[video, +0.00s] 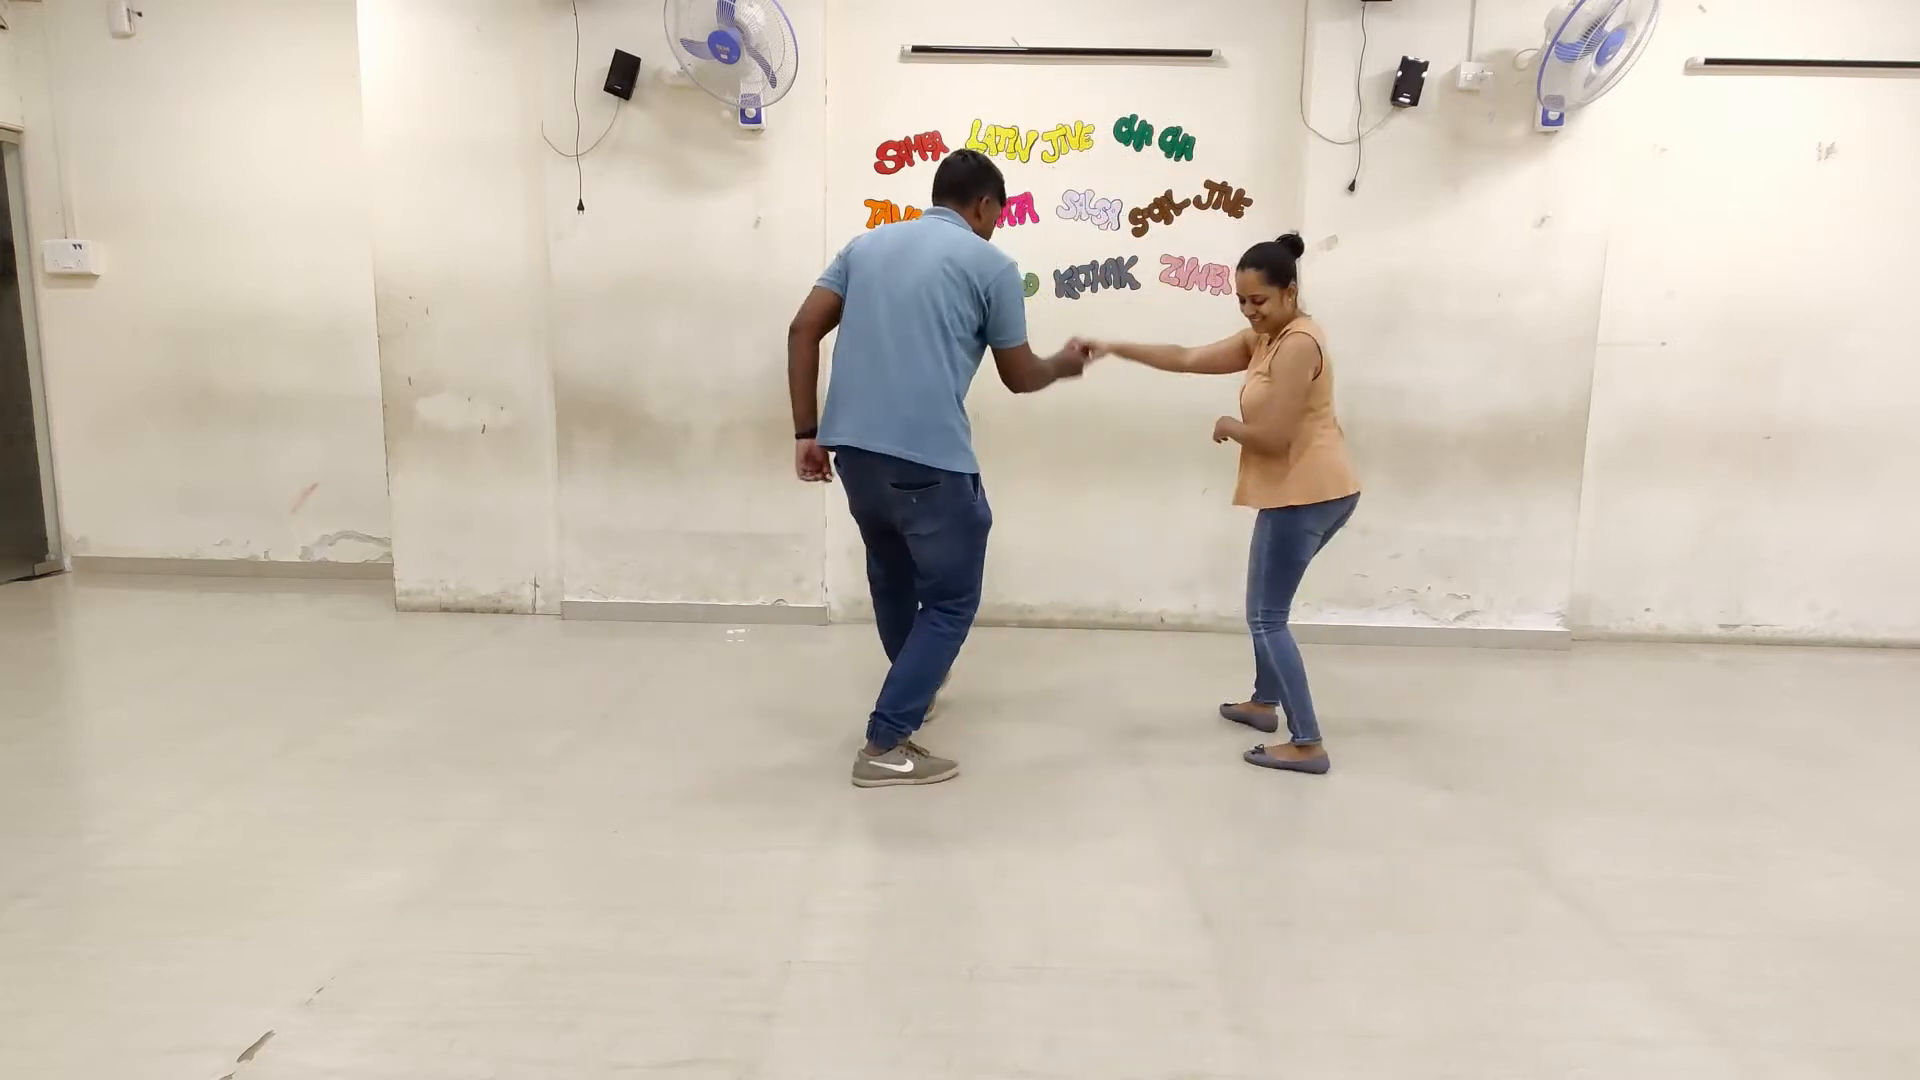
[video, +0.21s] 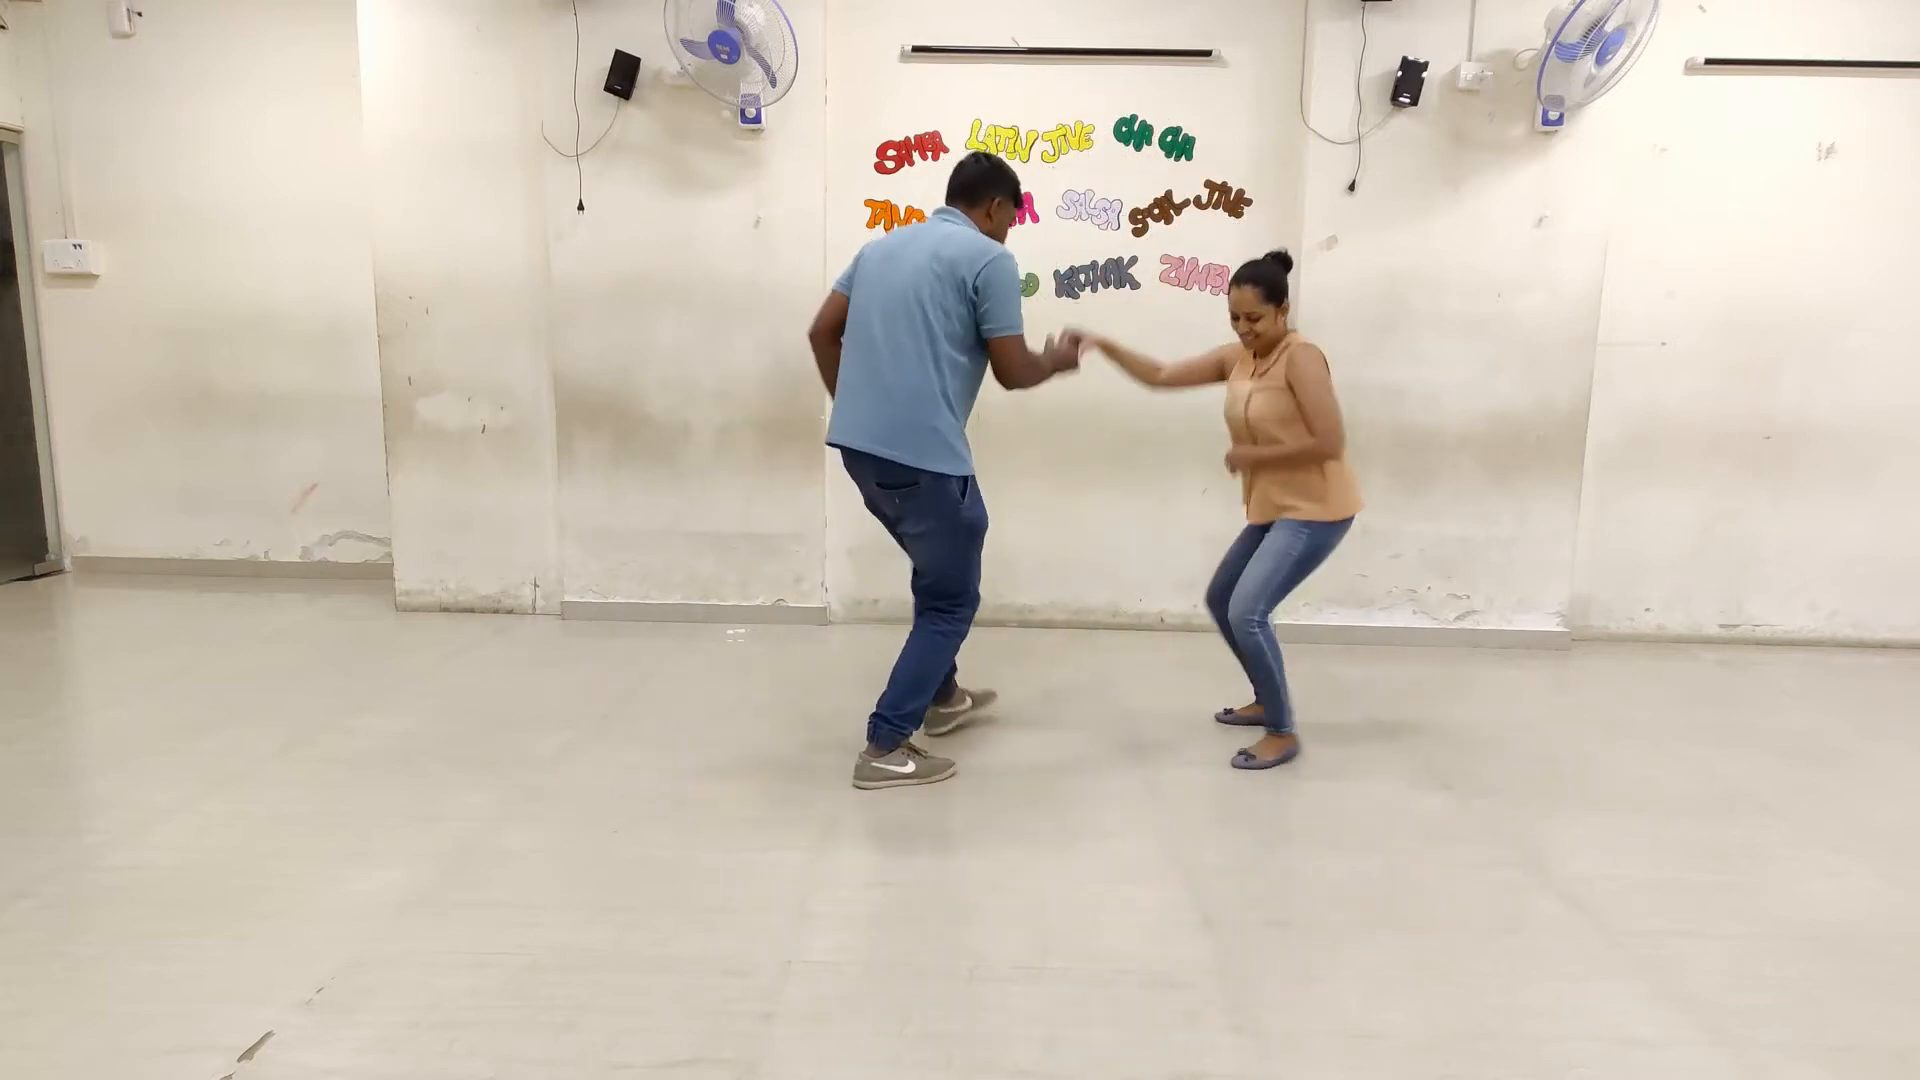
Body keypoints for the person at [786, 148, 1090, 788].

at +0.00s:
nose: (998, 225)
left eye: (999, 215)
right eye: (999, 214)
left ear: (935, 197)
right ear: (983, 204)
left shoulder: (866, 245)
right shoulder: (989, 266)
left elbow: (804, 329)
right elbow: (1020, 376)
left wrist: (806, 432)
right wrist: (1064, 364)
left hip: (852, 444)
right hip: (928, 454)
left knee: (889, 563)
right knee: (949, 604)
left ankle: (913, 681)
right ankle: (884, 746)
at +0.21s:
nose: (1008, 232)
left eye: (1010, 220)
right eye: (1011, 219)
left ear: (952, 199)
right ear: (994, 205)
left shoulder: (881, 246)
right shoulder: (988, 260)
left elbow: (824, 332)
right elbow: (1014, 372)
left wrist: (853, 405)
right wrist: (1059, 359)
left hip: (858, 440)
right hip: (924, 451)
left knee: (939, 567)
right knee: (948, 603)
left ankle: (938, 693)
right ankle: (885, 747)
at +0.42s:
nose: (1043, 260)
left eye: (1048, 246)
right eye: (1044, 243)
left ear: (1002, 224)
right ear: (1018, 226)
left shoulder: (956, 264)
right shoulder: (973, 274)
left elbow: (919, 374)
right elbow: (974, 381)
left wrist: (952, 447)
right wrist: (1062, 429)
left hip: (898, 442)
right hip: (909, 447)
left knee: (977, 576)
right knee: (993, 586)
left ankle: (935, 702)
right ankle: (912, 733)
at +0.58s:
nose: (1065, 258)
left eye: (1070, 245)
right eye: (1064, 242)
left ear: (1032, 229)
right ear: (1033, 225)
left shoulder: (997, 277)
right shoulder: (973, 265)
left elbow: (958, 376)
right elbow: (984, 362)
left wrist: (986, 448)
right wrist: (1083, 401)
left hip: (952, 445)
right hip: (904, 443)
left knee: (1003, 570)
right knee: (970, 578)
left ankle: (940, 687)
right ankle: (994, 747)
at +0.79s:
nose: (1077, 263)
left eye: (1082, 251)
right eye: (1077, 248)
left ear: (1045, 233)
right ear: (1049, 230)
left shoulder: (1004, 277)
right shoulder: (984, 268)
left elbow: (969, 376)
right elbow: (1001, 363)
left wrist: (1000, 447)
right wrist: (1106, 365)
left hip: (957, 444)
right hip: (911, 441)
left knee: (1009, 572)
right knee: (979, 581)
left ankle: (948, 681)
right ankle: (988, 748)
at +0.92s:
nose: (1075, 272)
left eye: (1079, 259)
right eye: (1075, 257)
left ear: (1035, 239)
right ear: (1048, 240)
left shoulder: (987, 276)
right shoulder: (996, 283)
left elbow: (943, 379)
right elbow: (1013, 383)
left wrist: (983, 448)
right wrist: (1106, 372)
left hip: (928, 450)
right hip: (927, 454)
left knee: (1001, 579)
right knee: (1011, 589)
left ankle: (952, 698)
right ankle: (949, 748)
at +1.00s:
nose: (1071, 278)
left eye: (1075, 265)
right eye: (1071, 263)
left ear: (1027, 244)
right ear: (1045, 246)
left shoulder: (972, 280)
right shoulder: (1009, 297)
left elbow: (934, 383)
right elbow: (1014, 411)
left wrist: (979, 453)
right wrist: (1107, 424)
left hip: (908, 459)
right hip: (939, 467)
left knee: (992, 586)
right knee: (1019, 606)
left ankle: (954, 700)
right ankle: (933, 741)